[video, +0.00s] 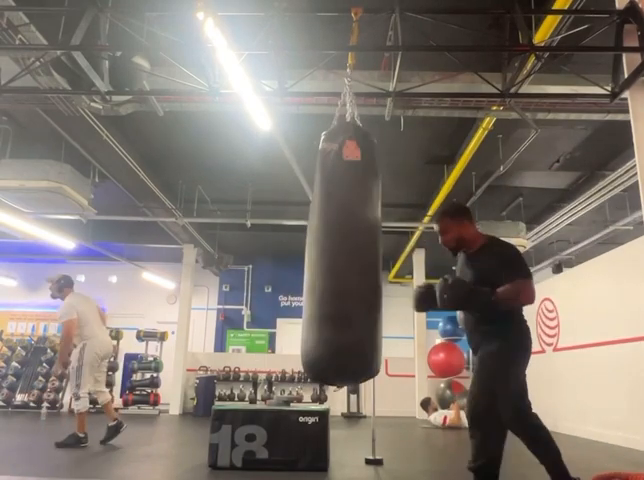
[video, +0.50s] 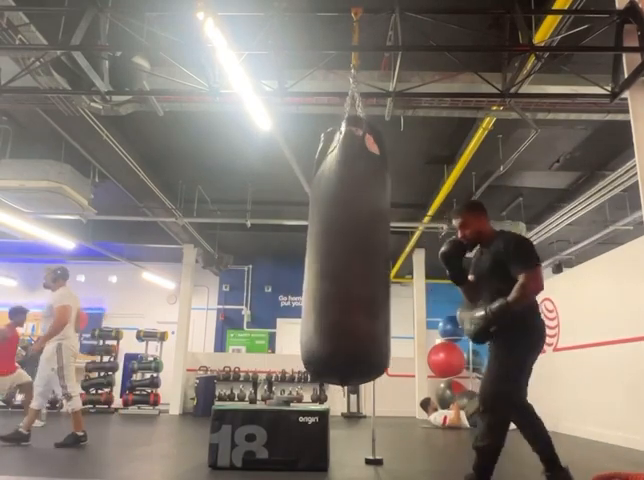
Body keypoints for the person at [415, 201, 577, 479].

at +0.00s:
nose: (441, 240)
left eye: (444, 232)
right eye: (439, 233)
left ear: (462, 225)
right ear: (460, 228)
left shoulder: (502, 251)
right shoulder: (464, 259)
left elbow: (527, 293)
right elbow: (466, 297)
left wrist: (477, 297)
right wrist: (437, 297)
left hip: (507, 344)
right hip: (487, 346)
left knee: (482, 411)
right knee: (516, 414)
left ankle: (484, 473)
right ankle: (562, 475)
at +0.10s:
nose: (443, 245)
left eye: (443, 236)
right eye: (440, 239)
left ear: (460, 227)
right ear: (459, 230)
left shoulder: (494, 248)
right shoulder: (473, 259)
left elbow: (524, 279)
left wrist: (472, 296)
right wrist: (454, 300)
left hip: (505, 343)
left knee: (483, 416)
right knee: (515, 415)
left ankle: (482, 473)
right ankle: (565, 475)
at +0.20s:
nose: (455, 249)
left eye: (456, 240)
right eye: (451, 243)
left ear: (472, 230)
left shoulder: (499, 250)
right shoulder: (485, 262)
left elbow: (518, 282)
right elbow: (473, 299)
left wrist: (463, 297)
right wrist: (455, 273)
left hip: (511, 347)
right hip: (510, 347)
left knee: (485, 415)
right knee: (520, 420)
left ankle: (484, 473)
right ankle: (570, 476)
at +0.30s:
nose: (461, 241)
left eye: (463, 233)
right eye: (459, 235)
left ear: (480, 226)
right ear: (478, 229)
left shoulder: (507, 248)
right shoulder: (488, 261)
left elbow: (524, 283)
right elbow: (483, 296)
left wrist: (478, 293)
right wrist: (458, 270)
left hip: (518, 344)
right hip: (514, 343)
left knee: (490, 420)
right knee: (535, 423)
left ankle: (480, 474)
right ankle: (575, 475)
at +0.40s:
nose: (460, 230)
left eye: (463, 222)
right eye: (458, 224)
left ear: (480, 215)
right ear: (475, 221)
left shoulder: (511, 239)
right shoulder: (484, 253)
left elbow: (531, 279)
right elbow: (481, 285)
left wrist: (486, 298)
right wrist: (455, 261)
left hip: (517, 334)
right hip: (508, 334)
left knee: (487, 399)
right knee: (523, 406)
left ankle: (490, 471)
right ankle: (569, 471)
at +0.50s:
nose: (460, 235)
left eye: (463, 227)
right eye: (457, 229)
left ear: (481, 219)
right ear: (468, 226)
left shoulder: (513, 243)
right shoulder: (480, 257)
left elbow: (533, 282)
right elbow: (475, 297)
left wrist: (492, 313)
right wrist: (456, 267)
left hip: (521, 331)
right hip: (506, 333)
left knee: (493, 401)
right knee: (514, 401)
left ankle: (480, 473)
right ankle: (555, 469)